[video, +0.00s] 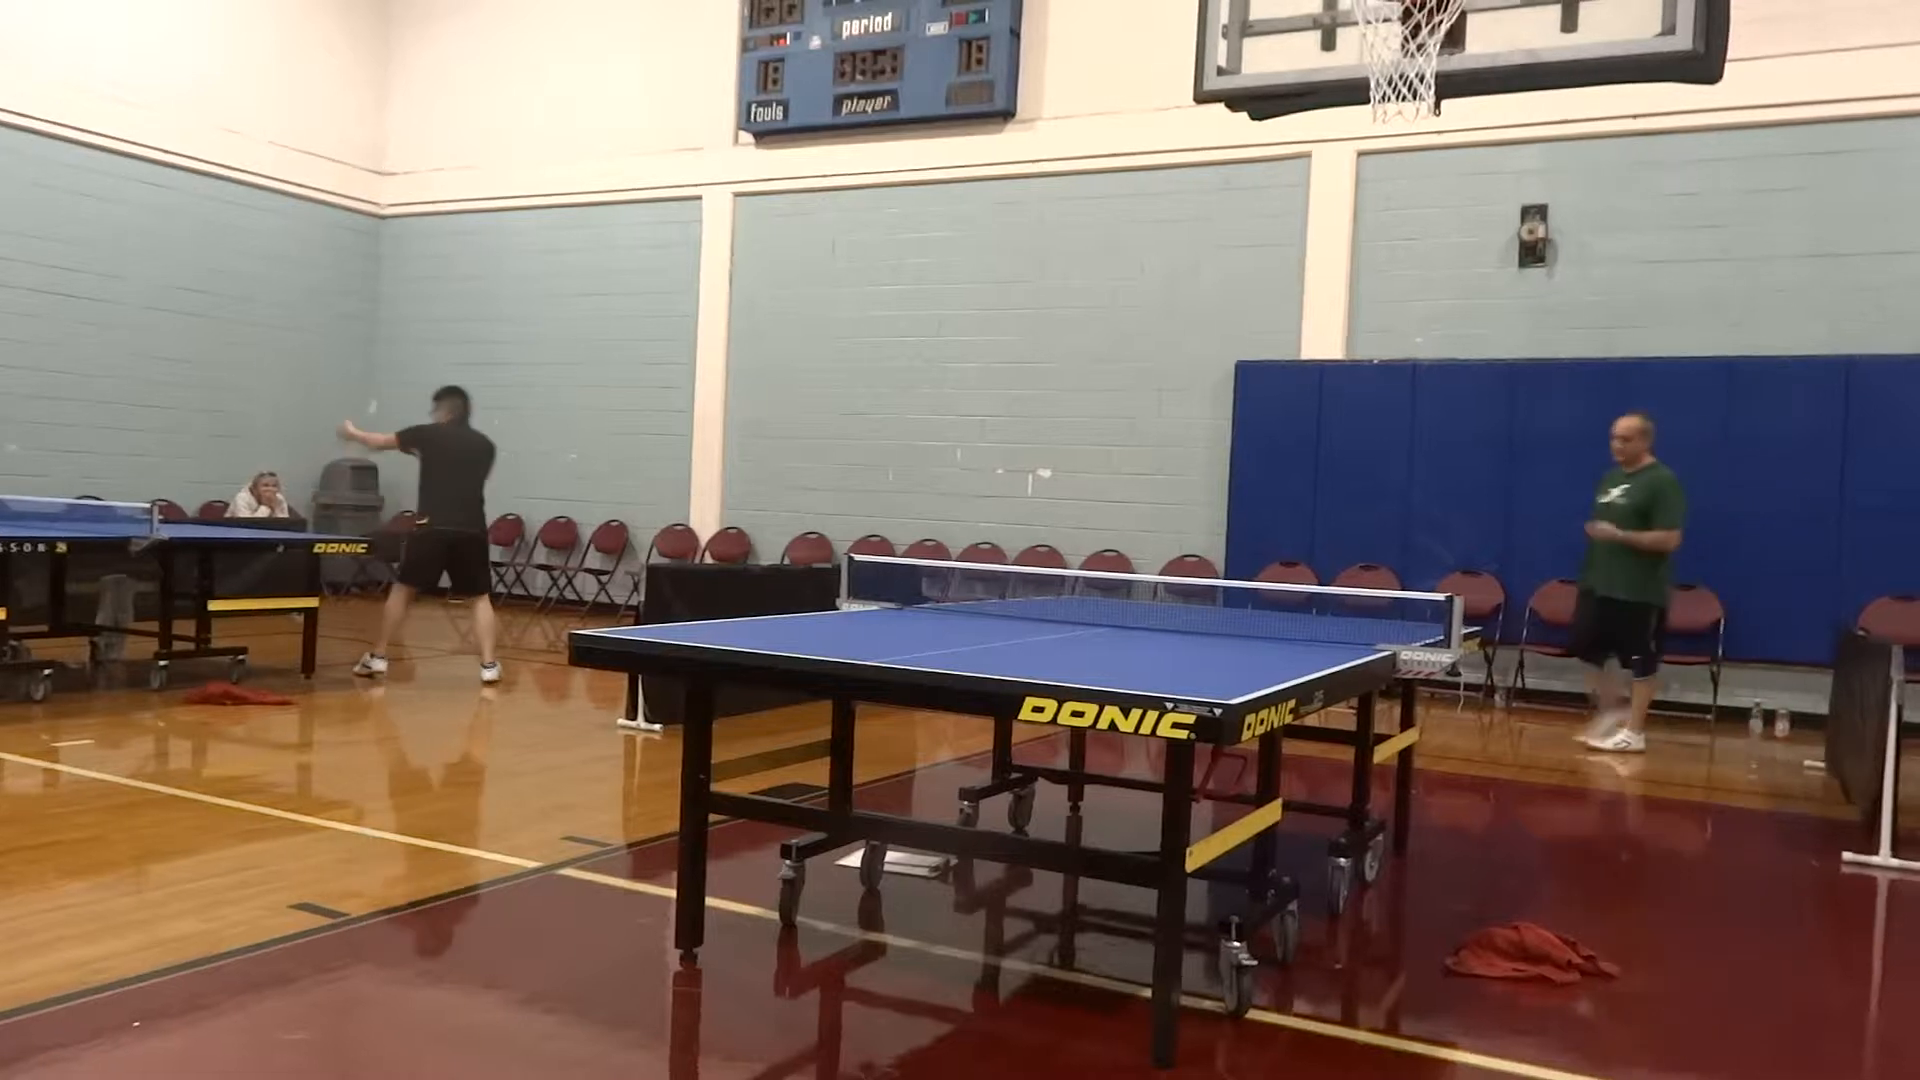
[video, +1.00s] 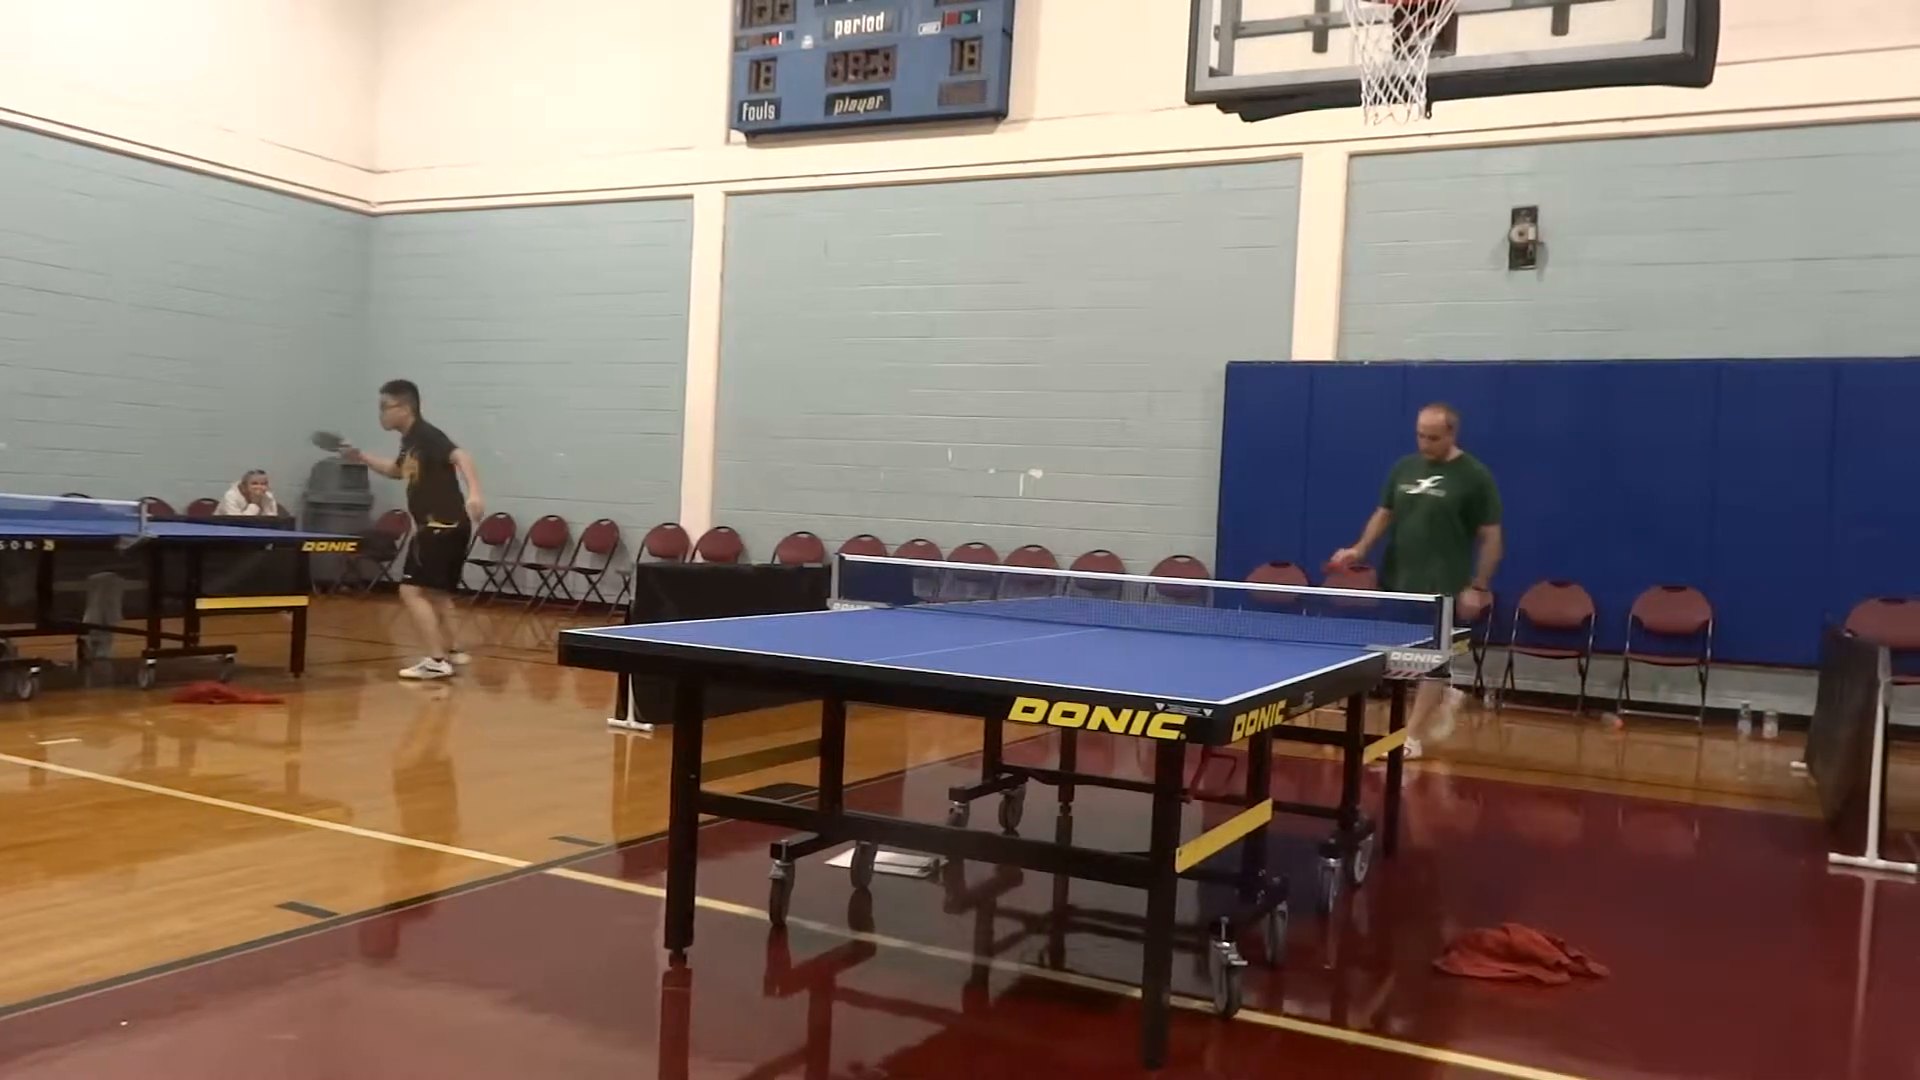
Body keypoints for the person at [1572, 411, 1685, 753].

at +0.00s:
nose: (1617, 445)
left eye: (1625, 440)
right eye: (1614, 438)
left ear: (1646, 443)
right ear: (1612, 440)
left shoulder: (1663, 482)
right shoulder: (1611, 476)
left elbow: (1671, 538)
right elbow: (1605, 525)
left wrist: (1617, 534)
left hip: (1641, 593)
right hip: (1601, 587)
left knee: (1641, 664)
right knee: (1592, 653)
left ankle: (1634, 731)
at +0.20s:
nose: (1563, 452)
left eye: (1571, 446)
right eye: (1560, 446)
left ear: (1591, 447)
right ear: (1557, 447)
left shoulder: (1612, 486)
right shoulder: (1559, 482)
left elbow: (1620, 543)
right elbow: (1553, 532)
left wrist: (1568, 547)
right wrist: (1543, 592)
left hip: (1602, 600)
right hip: (1559, 596)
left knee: (1621, 666)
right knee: (1529, 658)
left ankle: (1628, 732)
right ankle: (1504, 723)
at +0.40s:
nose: (1513, 450)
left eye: (1520, 444)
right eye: (1509, 444)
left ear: (1539, 443)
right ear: (1505, 445)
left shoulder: (1562, 478)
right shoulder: (1508, 479)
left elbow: (1578, 535)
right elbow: (1496, 533)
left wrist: (1554, 584)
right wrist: (1488, 579)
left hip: (1541, 592)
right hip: (1504, 589)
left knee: (1554, 658)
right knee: (1497, 660)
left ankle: (1593, 707)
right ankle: (1492, 729)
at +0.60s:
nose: (1476, 445)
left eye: (1483, 438)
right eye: (1472, 438)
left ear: (1502, 437)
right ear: (1467, 439)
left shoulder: (1529, 472)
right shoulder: (1465, 473)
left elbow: (1557, 525)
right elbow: (1449, 519)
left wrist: (1561, 579)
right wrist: (1432, 546)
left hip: (1508, 579)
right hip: (1472, 578)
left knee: (1493, 651)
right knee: (1480, 653)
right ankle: (1489, 726)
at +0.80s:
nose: (1448, 448)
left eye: (1455, 442)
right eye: (1444, 441)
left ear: (1475, 441)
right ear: (1439, 440)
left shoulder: (1499, 480)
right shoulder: (1430, 478)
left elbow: (1527, 532)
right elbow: (1411, 520)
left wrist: (1530, 587)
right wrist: (1393, 543)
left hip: (1478, 591)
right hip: (1437, 589)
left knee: (1448, 665)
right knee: (1470, 663)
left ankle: (1417, 731)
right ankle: (1487, 724)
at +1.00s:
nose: (1425, 443)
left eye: (1433, 437)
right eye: (1421, 435)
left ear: (1452, 435)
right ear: (1415, 432)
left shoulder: (1475, 476)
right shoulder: (1404, 467)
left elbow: (1492, 537)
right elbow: (1383, 514)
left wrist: (1479, 587)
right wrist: (1360, 549)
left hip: (1444, 592)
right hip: (1399, 587)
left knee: (1432, 666)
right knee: (1401, 660)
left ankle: (1412, 735)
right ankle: (1447, 698)